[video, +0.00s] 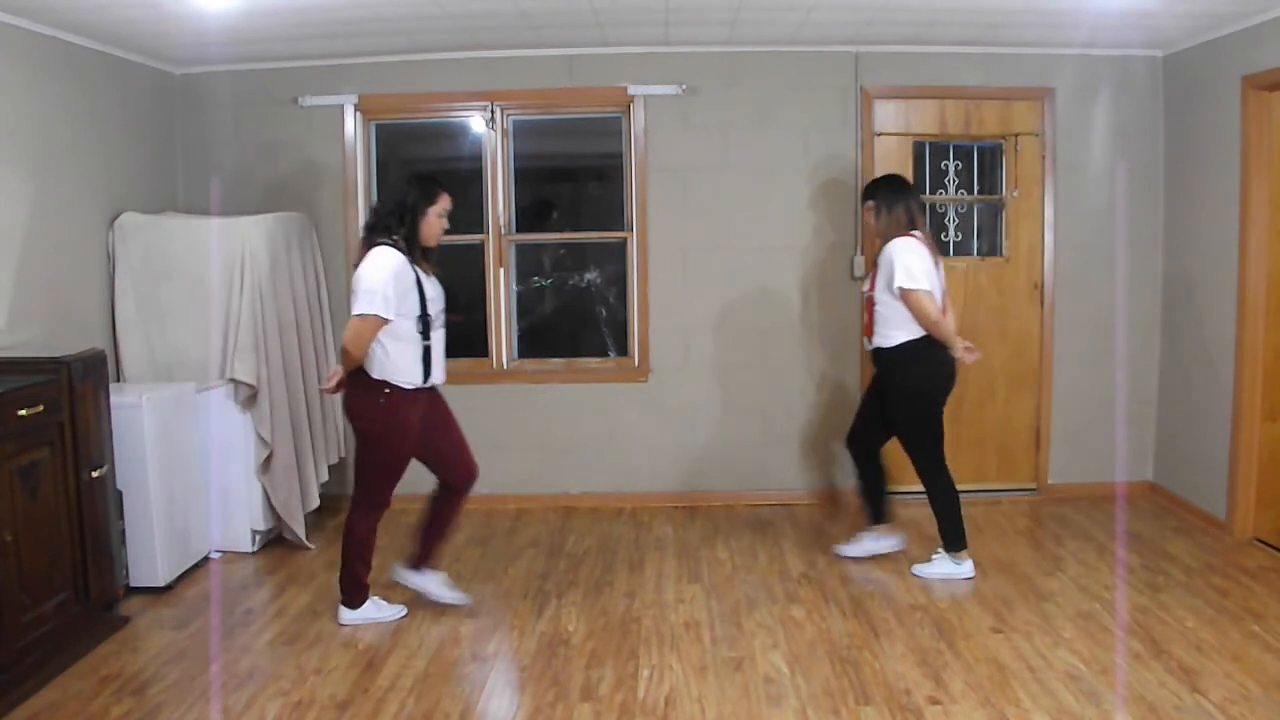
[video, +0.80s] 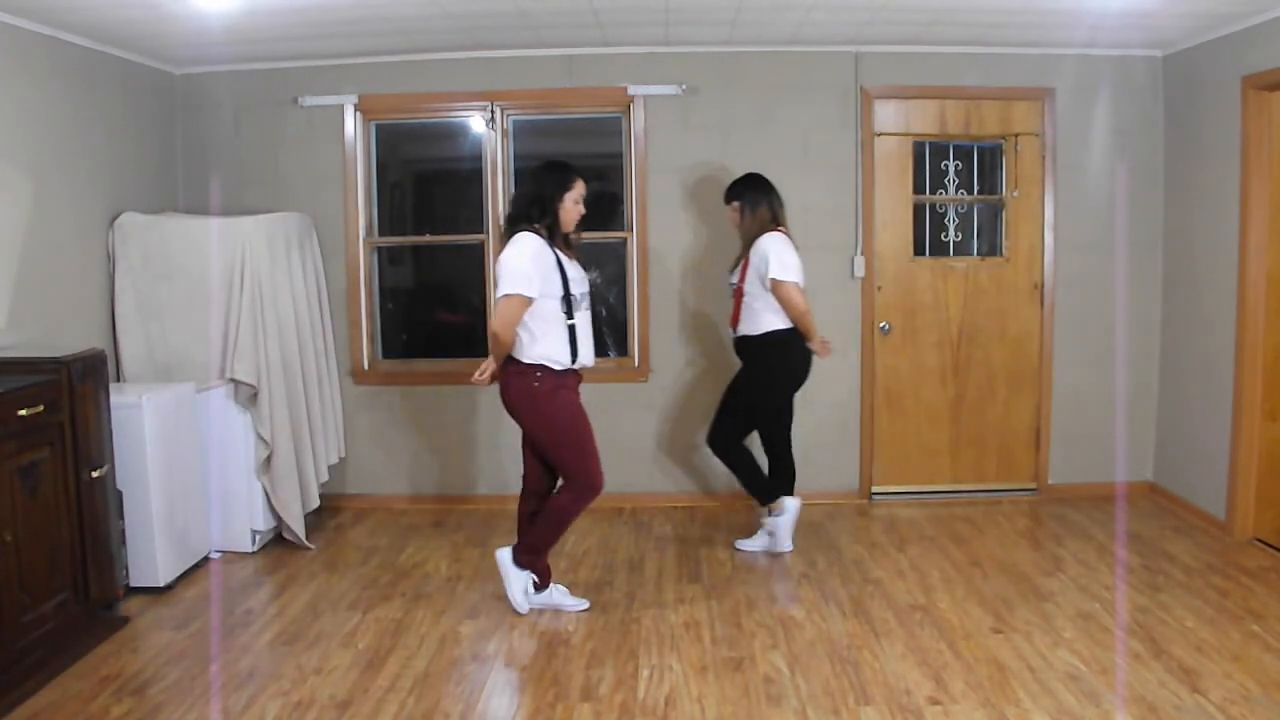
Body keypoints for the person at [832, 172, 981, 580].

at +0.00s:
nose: (866, 221)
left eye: (869, 213)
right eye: (866, 213)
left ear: (886, 212)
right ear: (904, 210)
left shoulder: (900, 248)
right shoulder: (921, 248)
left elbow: (918, 303)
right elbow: (943, 308)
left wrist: (952, 343)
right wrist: (954, 345)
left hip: (911, 365)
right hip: (909, 364)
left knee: (929, 462)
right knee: (862, 441)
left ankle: (956, 554)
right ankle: (880, 529)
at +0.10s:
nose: (850, 229)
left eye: (853, 219)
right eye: (849, 220)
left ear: (870, 217)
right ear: (889, 216)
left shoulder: (883, 255)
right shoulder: (905, 253)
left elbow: (906, 313)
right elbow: (928, 309)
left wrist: (939, 349)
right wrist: (938, 350)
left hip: (895, 368)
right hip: (890, 366)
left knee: (921, 465)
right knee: (850, 448)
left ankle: (956, 555)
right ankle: (823, 530)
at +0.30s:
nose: (805, 231)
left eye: (809, 222)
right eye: (805, 222)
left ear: (826, 222)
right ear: (842, 221)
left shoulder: (836, 259)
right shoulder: (858, 260)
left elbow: (854, 315)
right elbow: (882, 314)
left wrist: (888, 351)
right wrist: (885, 353)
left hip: (847, 370)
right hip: (846, 368)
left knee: (883, 463)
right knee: (815, 455)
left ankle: (946, 541)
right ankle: (782, 531)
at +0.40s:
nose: (786, 226)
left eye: (789, 218)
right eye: (785, 218)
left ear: (806, 216)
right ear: (821, 215)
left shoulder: (816, 251)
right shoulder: (826, 249)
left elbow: (834, 306)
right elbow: (856, 303)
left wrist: (862, 341)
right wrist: (863, 338)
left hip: (829, 362)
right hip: (817, 362)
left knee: (838, 462)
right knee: (804, 453)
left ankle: (917, 520)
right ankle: (780, 532)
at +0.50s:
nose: (769, 219)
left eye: (773, 211)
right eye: (769, 212)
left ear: (790, 209)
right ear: (804, 208)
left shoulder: (805, 244)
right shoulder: (808, 244)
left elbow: (821, 296)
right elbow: (837, 294)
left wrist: (847, 337)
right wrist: (844, 335)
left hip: (811, 355)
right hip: (807, 355)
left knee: (797, 453)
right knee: (796, 451)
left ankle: (874, 504)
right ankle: (779, 530)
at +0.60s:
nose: (757, 217)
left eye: (761, 209)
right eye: (756, 210)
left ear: (778, 207)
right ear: (788, 205)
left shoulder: (794, 242)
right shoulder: (783, 245)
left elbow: (811, 293)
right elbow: (806, 295)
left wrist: (836, 334)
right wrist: (835, 334)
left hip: (799, 352)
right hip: (792, 351)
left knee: (762, 445)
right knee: (787, 444)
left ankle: (830, 500)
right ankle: (779, 529)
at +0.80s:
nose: (731, 218)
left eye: (734, 209)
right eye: (730, 210)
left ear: (751, 208)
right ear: (761, 207)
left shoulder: (770, 243)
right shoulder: (762, 246)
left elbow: (791, 296)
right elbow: (786, 298)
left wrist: (812, 337)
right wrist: (812, 336)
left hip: (774, 353)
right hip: (771, 352)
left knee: (722, 437)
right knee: (777, 441)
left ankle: (778, 504)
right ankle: (776, 531)